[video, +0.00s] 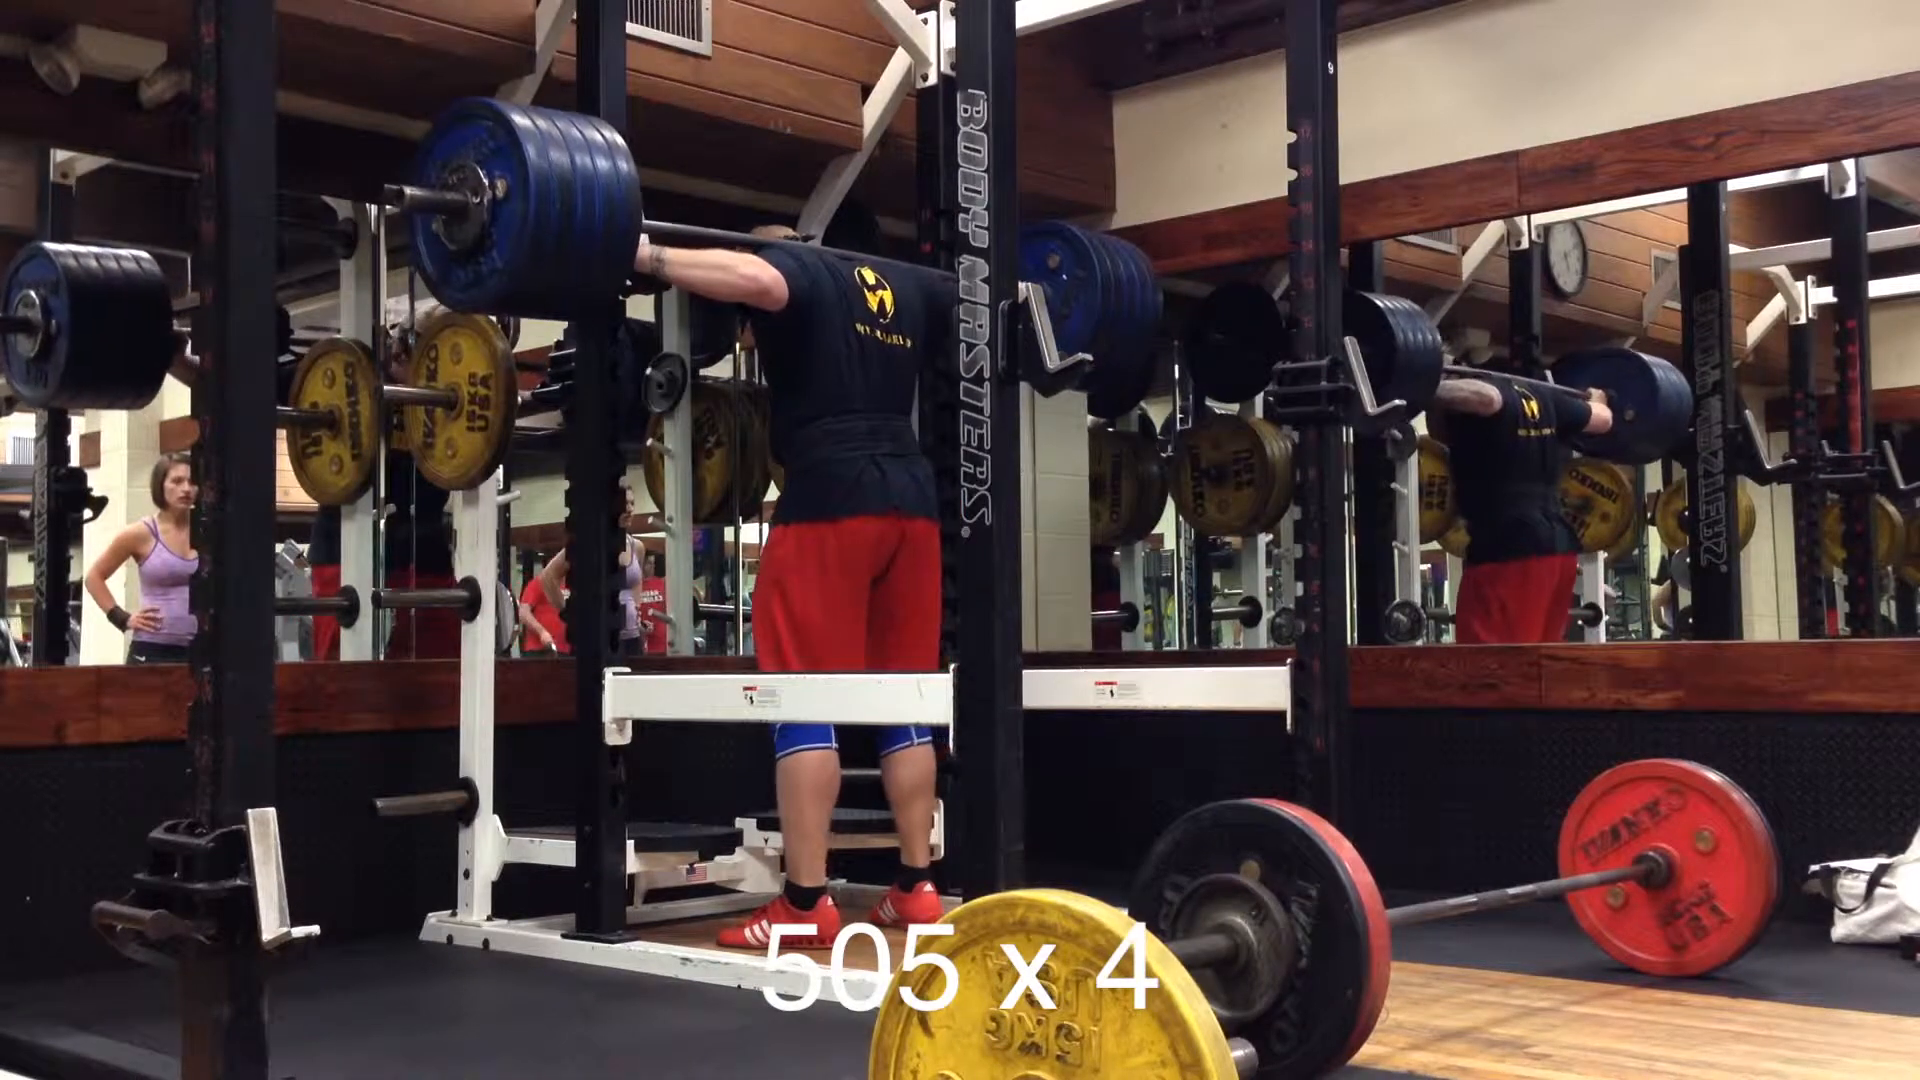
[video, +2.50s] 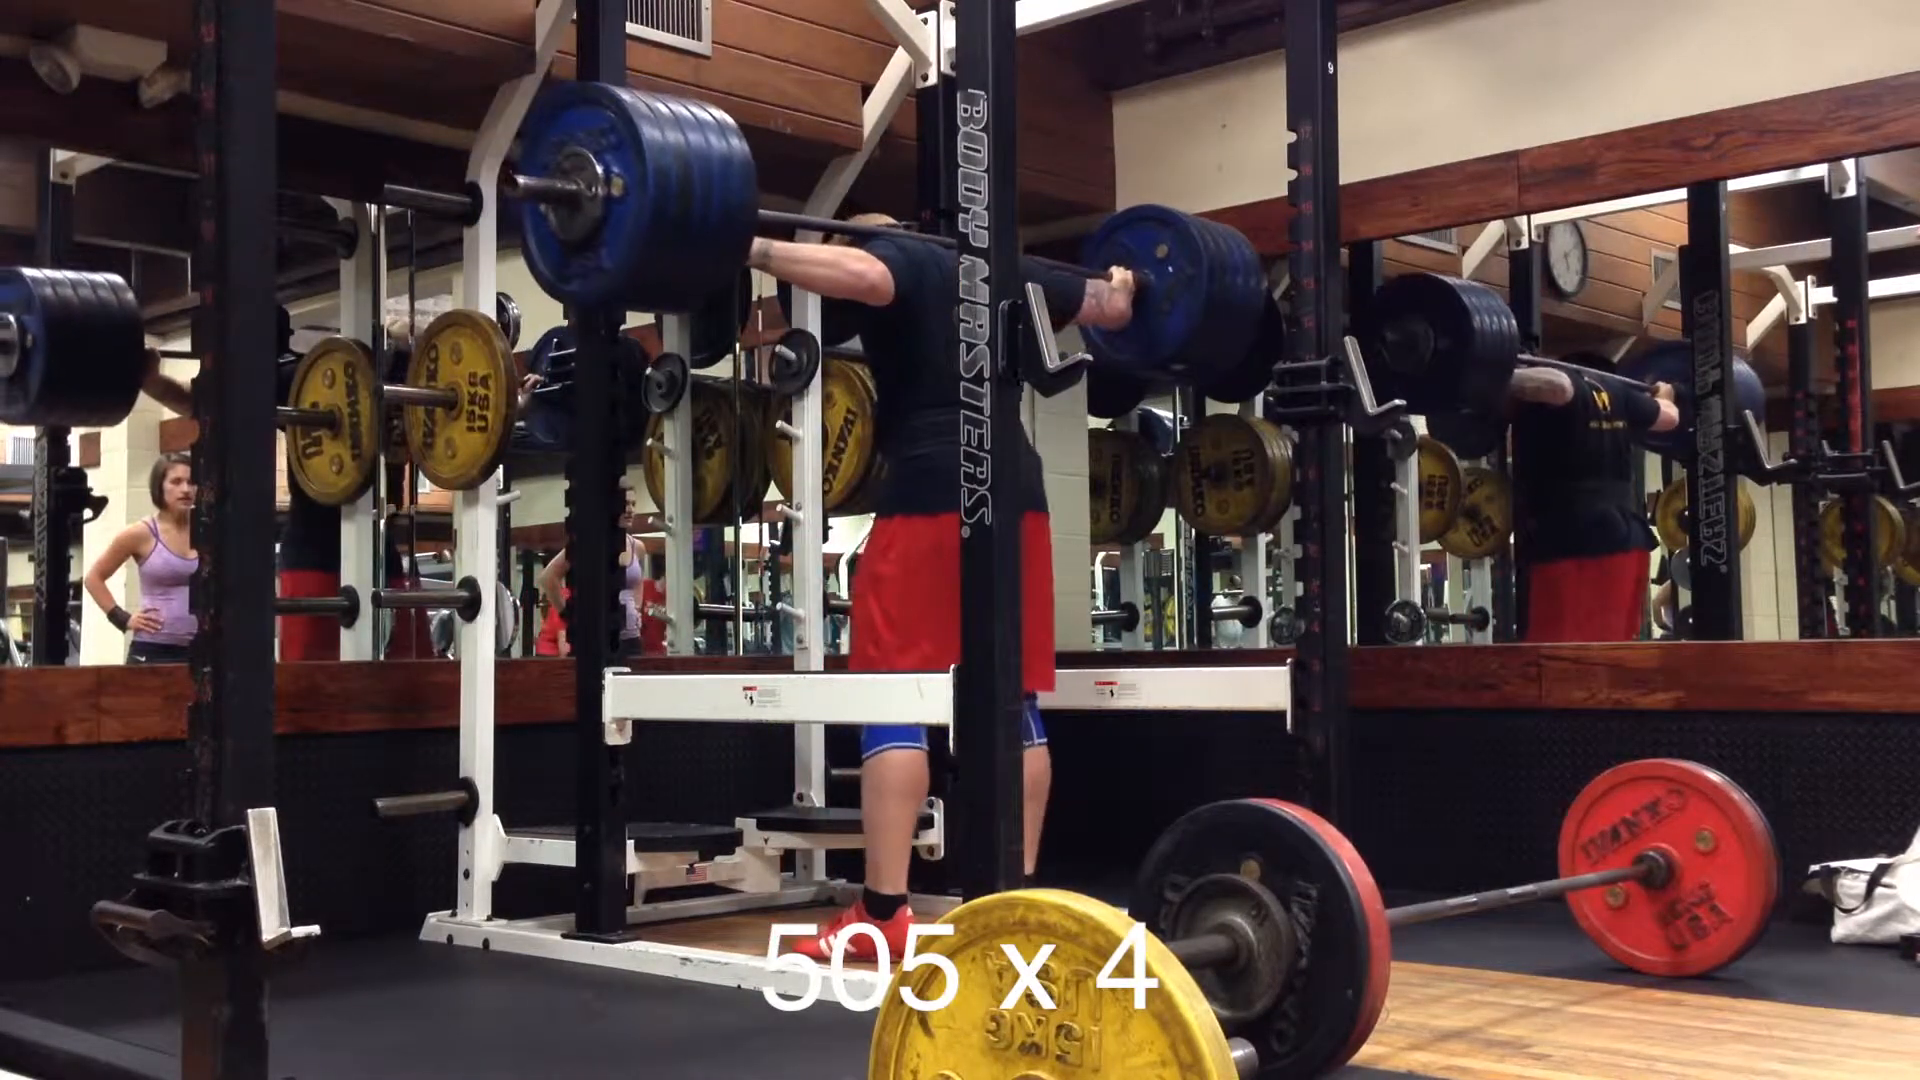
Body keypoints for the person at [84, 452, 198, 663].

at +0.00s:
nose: (186, 489)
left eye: (192, 481)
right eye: (177, 481)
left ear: (199, 487)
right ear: (160, 486)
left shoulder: (204, 529)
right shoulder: (140, 534)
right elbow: (94, 578)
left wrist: (212, 614)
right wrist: (123, 619)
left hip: (199, 648)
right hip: (153, 648)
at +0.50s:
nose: (186, 489)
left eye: (192, 482)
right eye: (177, 482)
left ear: (200, 488)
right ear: (160, 487)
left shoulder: (204, 530)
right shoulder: (140, 534)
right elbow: (94, 579)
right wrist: (123, 619)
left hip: (199, 648)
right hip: (153, 647)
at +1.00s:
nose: (185, 489)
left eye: (191, 482)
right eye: (176, 481)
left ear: (198, 487)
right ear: (159, 486)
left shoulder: (205, 528)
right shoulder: (140, 535)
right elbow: (93, 579)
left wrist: (213, 613)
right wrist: (123, 620)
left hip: (200, 647)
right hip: (153, 648)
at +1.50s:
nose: (185, 489)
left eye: (190, 482)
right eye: (175, 482)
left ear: (198, 487)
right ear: (159, 487)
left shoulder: (204, 528)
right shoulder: (140, 534)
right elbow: (93, 579)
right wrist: (124, 620)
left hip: (199, 648)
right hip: (153, 648)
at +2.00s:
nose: (185, 489)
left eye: (190, 482)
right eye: (175, 482)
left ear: (198, 487)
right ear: (158, 487)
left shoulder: (203, 528)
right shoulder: (140, 533)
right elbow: (93, 578)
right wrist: (124, 620)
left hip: (198, 648)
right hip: (153, 648)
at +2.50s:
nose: (186, 489)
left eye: (191, 482)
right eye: (176, 482)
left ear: (199, 487)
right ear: (159, 487)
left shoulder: (204, 529)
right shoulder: (141, 534)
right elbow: (93, 579)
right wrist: (123, 619)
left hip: (199, 648)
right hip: (153, 648)